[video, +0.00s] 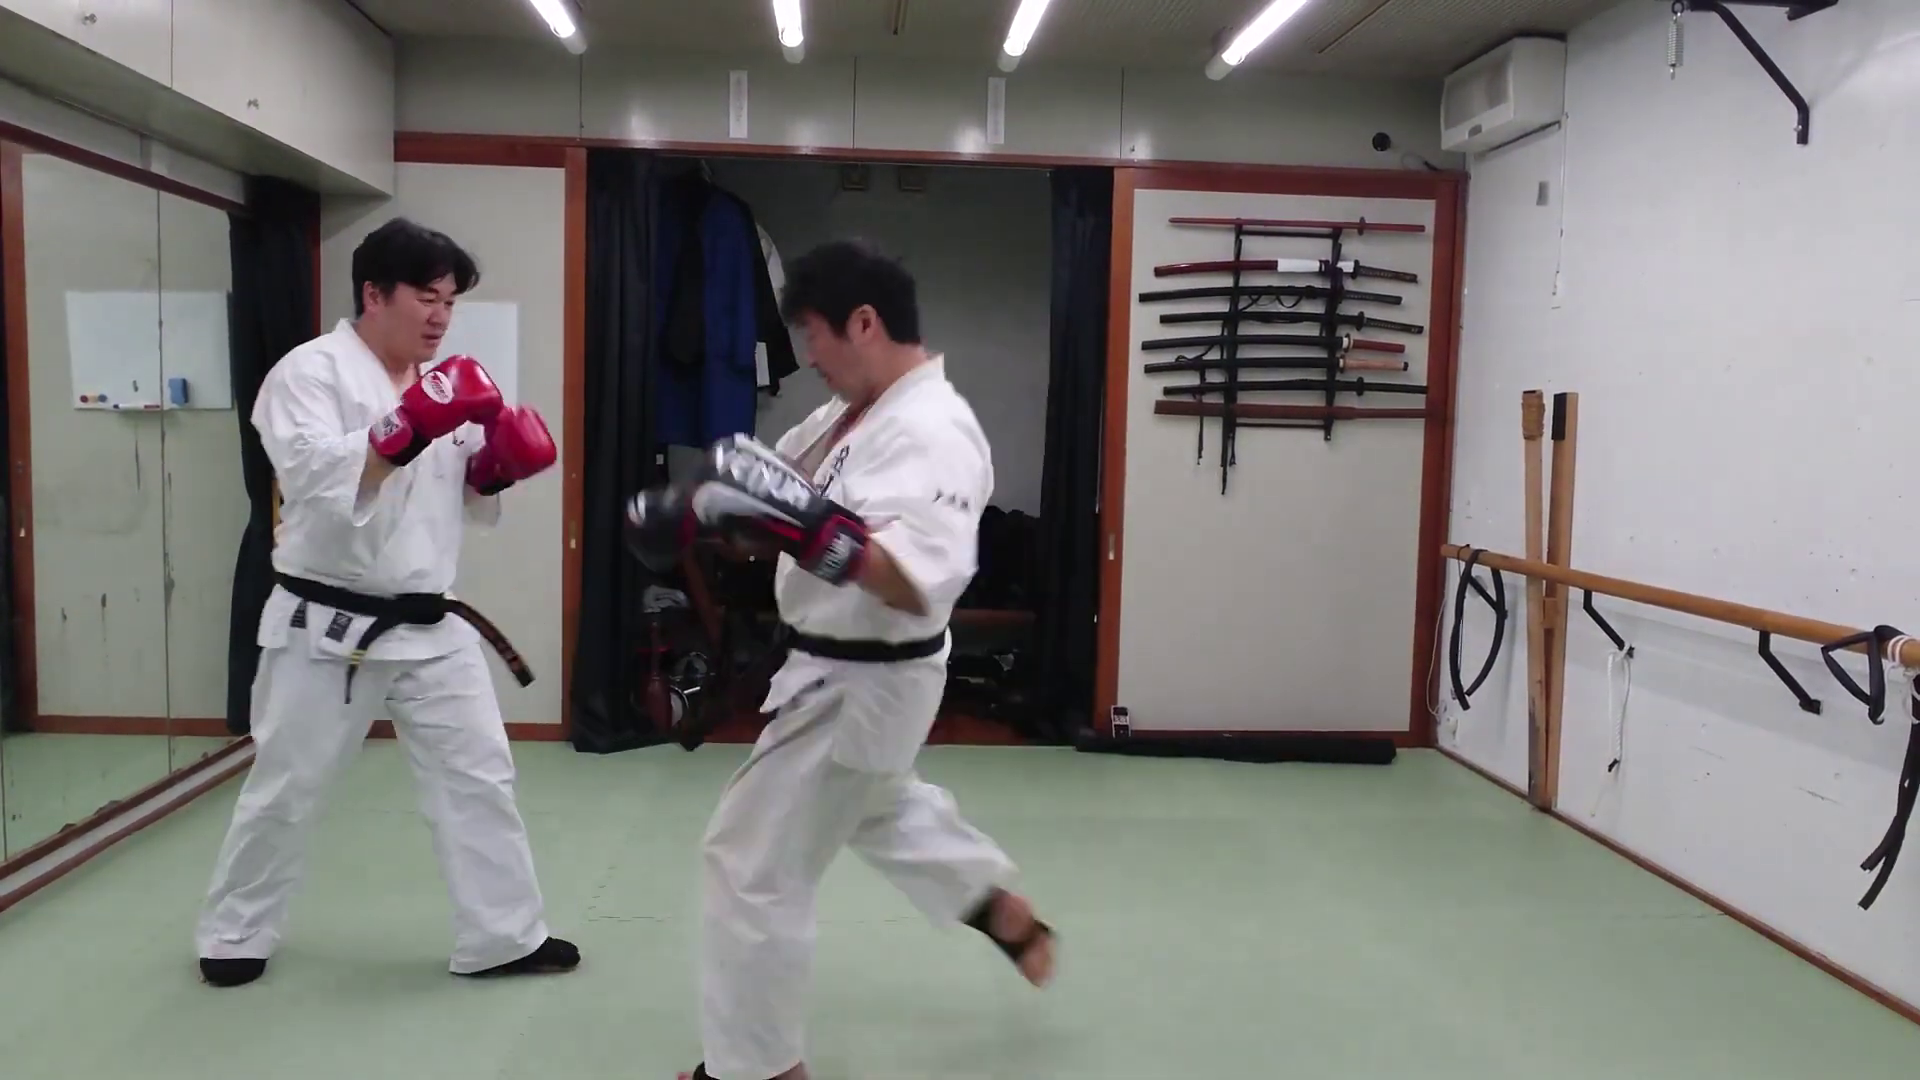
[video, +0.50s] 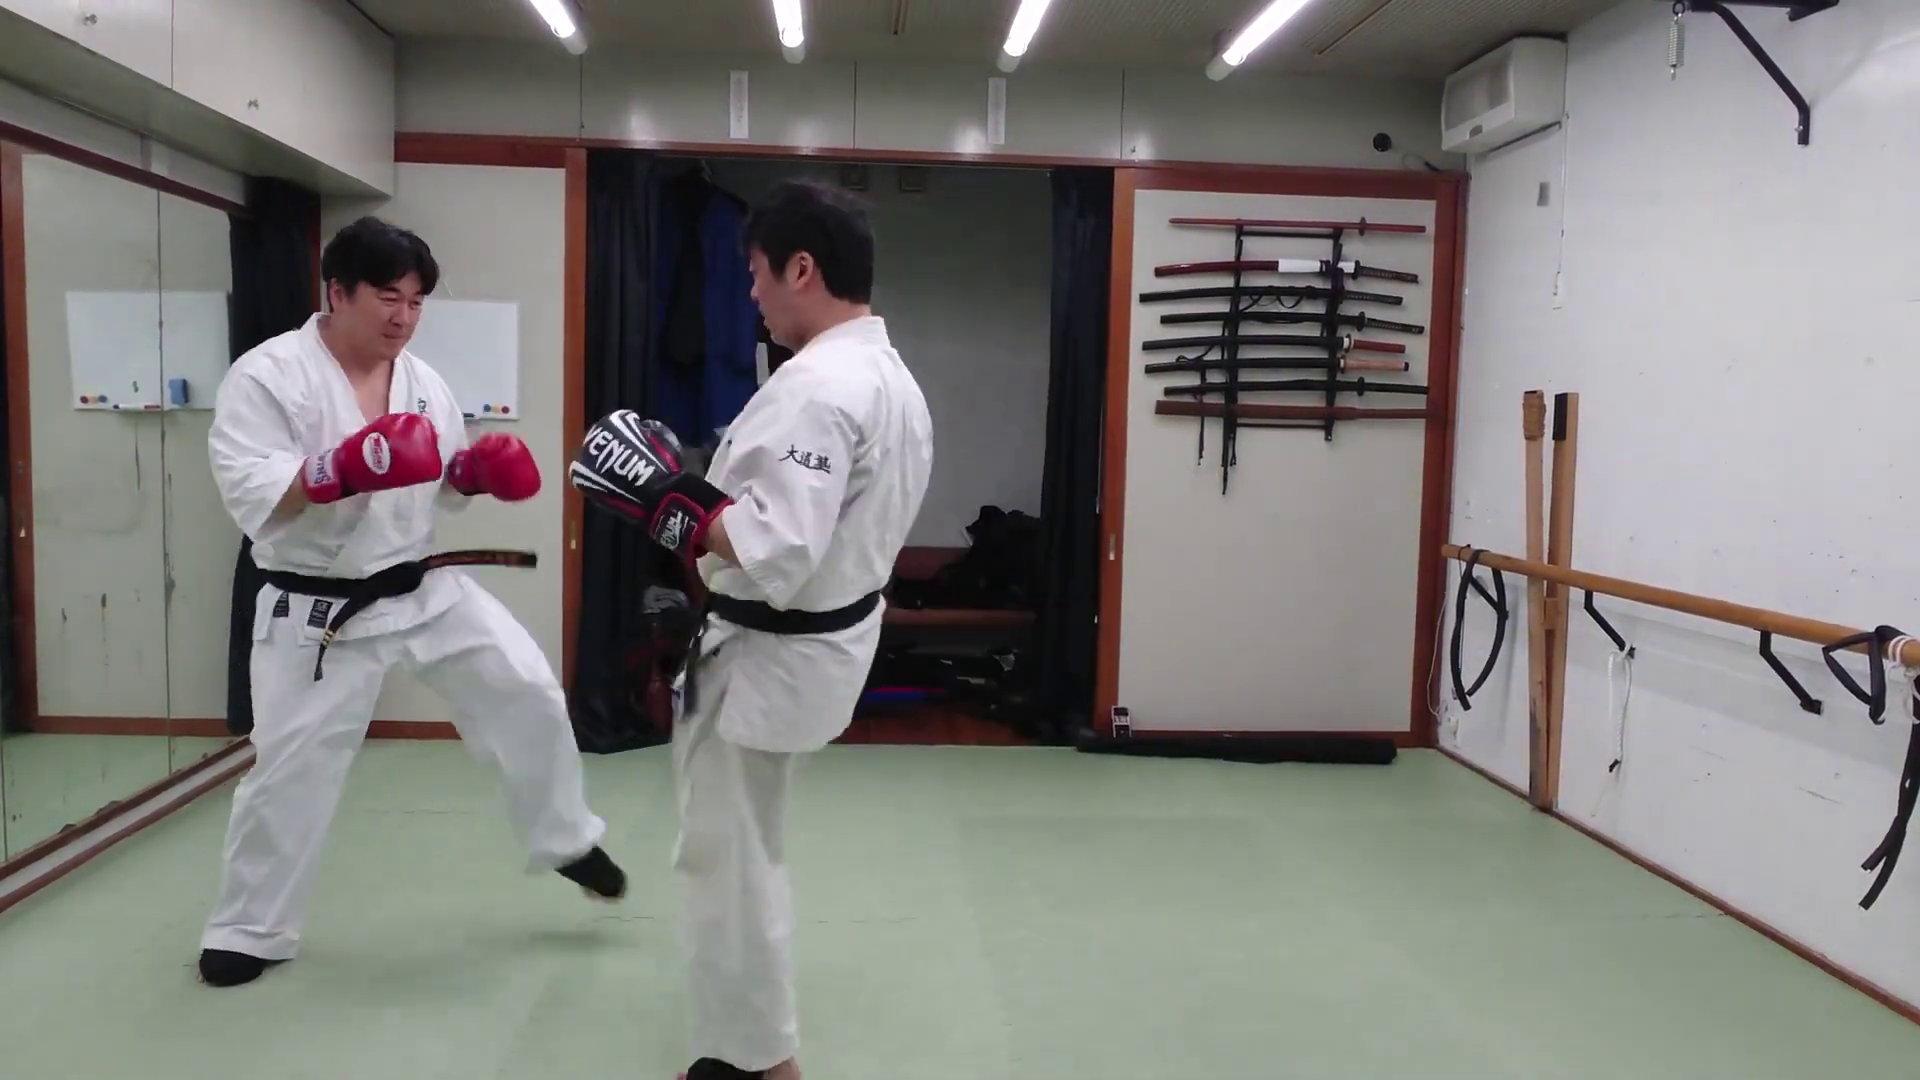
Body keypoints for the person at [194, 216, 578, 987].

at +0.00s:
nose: (442, 315)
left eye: (449, 302)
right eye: (427, 298)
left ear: (454, 304)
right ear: (373, 294)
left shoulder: (453, 382)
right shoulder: (304, 374)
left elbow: (472, 496)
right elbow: (315, 481)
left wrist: (498, 466)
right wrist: (400, 437)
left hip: (430, 623)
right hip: (321, 620)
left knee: (480, 777)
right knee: (285, 790)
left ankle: (499, 937)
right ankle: (235, 934)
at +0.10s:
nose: (405, 334)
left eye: (416, 320)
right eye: (391, 315)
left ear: (424, 324)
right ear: (339, 307)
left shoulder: (411, 388)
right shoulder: (277, 377)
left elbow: (456, 485)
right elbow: (343, 478)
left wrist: (487, 424)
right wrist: (424, 413)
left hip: (400, 598)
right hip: (296, 612)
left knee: (499, 693)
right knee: (280, 780)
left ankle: (511, 864)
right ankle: (240, 930)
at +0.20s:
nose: (391, 337)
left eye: (402, 321)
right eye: (377, 319)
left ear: (410, 319)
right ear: (327, 311)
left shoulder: (400, 373)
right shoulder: (270, 378)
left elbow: (459, 468)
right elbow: (349, 470)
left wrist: (470, 404)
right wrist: (447, 419)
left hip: (392, 578)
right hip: (298, 608)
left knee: (506, 600)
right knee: (283, 773)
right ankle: (244, 932)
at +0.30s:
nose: (388, 331)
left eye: (400, 315)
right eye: (373, 313)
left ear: (409, 314)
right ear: (323, 305)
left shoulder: (400, 381)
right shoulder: (265, 380)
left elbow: (451, 494)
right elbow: (336, 492)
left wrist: (470, 438)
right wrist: (426, 441)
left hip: (389, 569)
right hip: (299, 603)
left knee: (506, 564)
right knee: (286, 768)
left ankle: (444, 705)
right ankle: (243, 932)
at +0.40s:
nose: (391, 320)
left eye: (403, 306)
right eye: (375, 303)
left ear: (412, 308)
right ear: (326, 298)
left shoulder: (405, 383)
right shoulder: (261, 381)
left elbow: (441, 501)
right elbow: (292, 507)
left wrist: (471, 452)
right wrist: (388, 461)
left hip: (411, 566)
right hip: (303, 599)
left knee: (523, 614)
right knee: (281, 771)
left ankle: (490, 761)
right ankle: (247, 931)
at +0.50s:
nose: (405, 314)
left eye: (415, 300)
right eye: (388, 297)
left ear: (423, 302)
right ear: (335, 293)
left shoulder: (421, 382)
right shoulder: (265, 377)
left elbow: (442, 489)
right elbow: (255, 495)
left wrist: (475, 470)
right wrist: (347, 467)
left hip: (419, 588)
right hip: (310, 607)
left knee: (527, 689)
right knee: (289, 771)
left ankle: (566, 840)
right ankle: (245, 929)